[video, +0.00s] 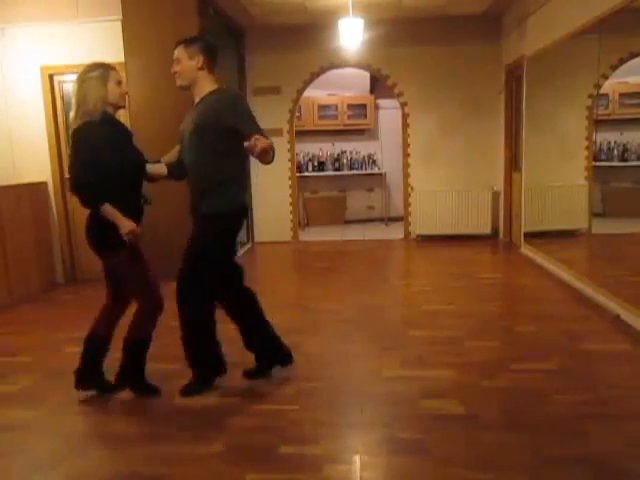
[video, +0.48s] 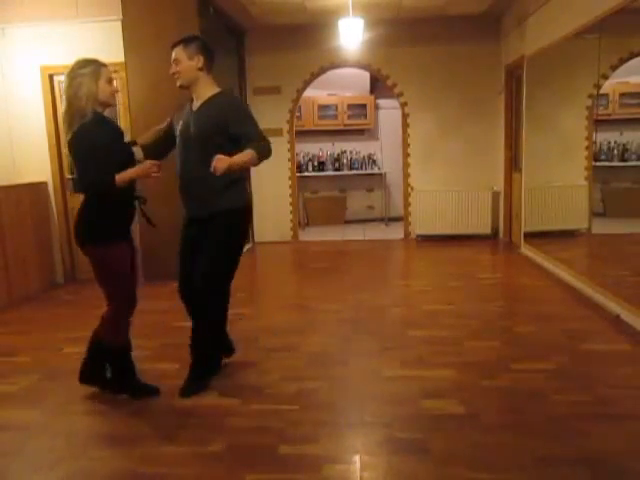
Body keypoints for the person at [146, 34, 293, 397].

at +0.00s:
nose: (173, 69)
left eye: (178, 62)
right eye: (173, 63)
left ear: (199, 62)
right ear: (194, 64)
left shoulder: (227, 101)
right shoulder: (194, 113)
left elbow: (266, 155)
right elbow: (180, 167)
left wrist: (264, 149)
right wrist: (135, 169)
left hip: (226, 210)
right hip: (206, 211)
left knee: (192, 286)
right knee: (227, 285)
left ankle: (206, 368)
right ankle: (271, 352)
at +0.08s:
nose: (169, 69)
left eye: (174, 61)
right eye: (169, 63)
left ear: (195, 62)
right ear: (189, 64)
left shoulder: (223, 102)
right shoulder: (191, 113)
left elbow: (261, 153)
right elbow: (181, 167)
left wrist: (260, 153)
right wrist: (140, 169)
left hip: (219, 211)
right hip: (200, 212)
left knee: (196, 288)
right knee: (197, 288)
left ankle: (210, 370)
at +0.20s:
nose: (167, 69)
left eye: (172, 62)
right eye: (167, 63)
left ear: (193, 62)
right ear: (187, 63)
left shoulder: (221, 103)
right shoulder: (187, 112)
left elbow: (257, 146)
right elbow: (180, 165)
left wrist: (256, 154)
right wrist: (140, 168)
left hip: (217, 211)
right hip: (197, 211)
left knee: (192, 287)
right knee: (176, 285)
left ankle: (212, 367)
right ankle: (228, 335)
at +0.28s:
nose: (167, 69)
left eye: (172, 61)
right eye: (167, 62)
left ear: (194, 61)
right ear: (187, 64)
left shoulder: (221, 103)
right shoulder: (186, 111)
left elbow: (258, 150)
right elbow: (181, 160)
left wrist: (247, 161)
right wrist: (147, 163)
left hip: (217, 211)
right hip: (194, 211)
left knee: (203, 288)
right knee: (180, 286)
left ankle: (212, 365)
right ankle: (218, 342)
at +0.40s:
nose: (169, 69)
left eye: (174, 62)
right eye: (169, 63)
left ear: (197, 62)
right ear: (186, 65)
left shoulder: (224, 103)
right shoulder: (185, 113)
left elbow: (259, 148)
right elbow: (158, 154)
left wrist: (242, 160)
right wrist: (121, 153)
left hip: (223, 212)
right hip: (194, 213)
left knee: (212, 289)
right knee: (186, 287)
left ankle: (204, 371)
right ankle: (218, 341)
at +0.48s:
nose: (172, 69)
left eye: (177, 62)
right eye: (172, 63)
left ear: (200, 62)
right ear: (190, 65)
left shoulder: (228, 103)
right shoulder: (186, 112)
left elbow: (262, 148)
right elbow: (155, 148)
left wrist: (234, 161)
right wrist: (119, 152)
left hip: (228, 212)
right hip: (198, 212)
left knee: (210, 288)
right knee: (189, 285)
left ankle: (201, 369)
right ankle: (218, 342)